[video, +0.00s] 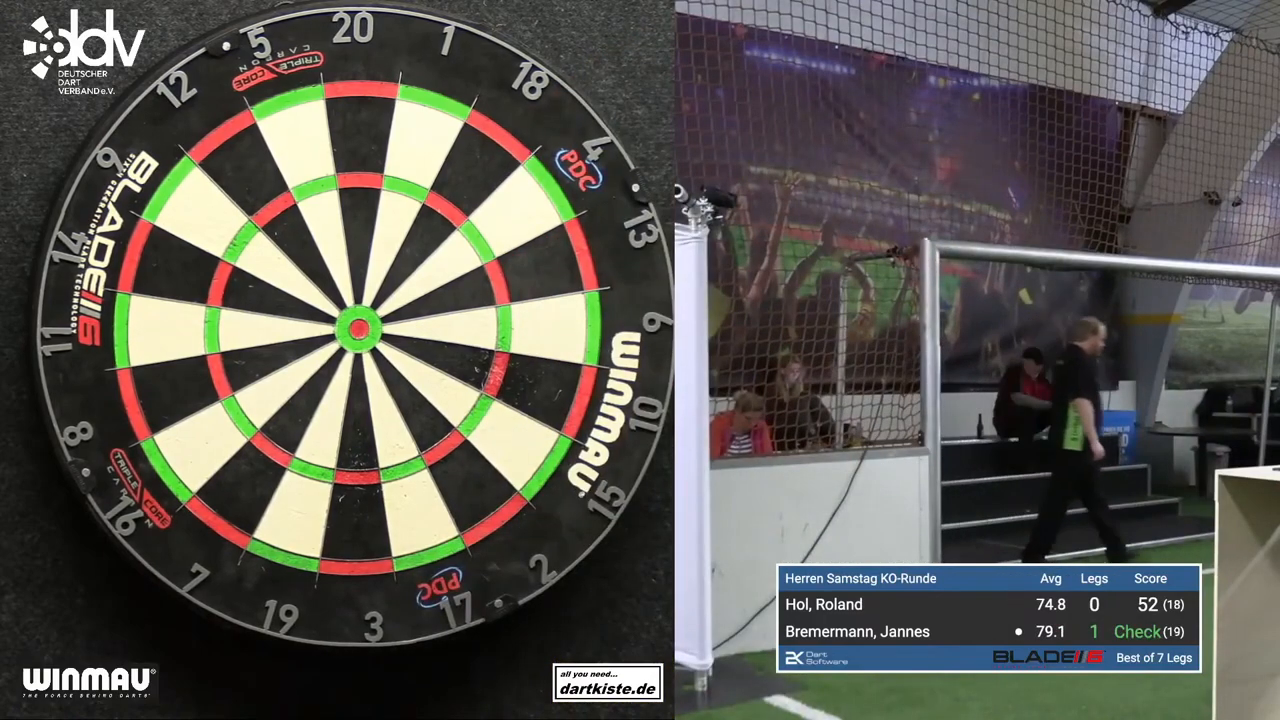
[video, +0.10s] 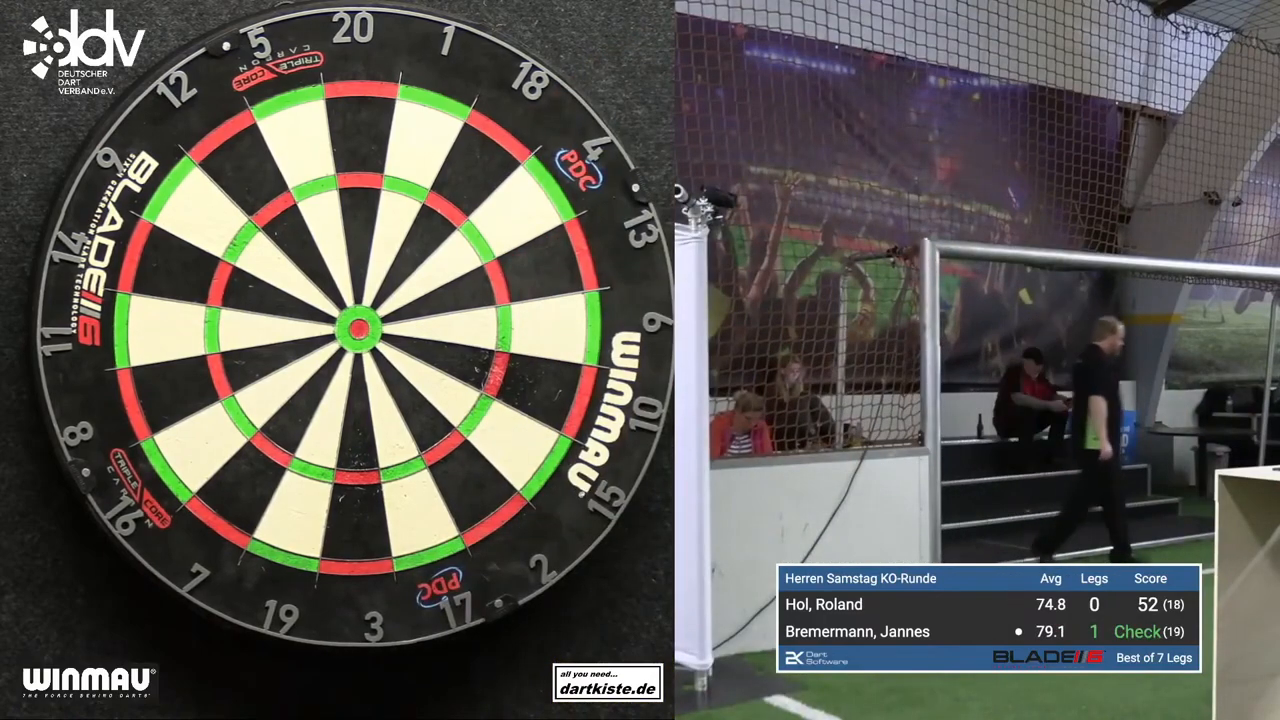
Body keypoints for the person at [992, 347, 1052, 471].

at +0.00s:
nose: (1038, 368)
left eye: (1039, 365)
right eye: (1034, 365)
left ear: (1041, 366)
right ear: (1025, 363)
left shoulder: (1044, 383)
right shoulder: (1014, 374)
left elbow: (1052, 402)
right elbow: (1016, 398)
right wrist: (1048, 405)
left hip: (1031, 422)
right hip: (1007, 422)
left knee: (1056, 412)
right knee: (1027, 414)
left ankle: (1053, 451)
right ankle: (1025, 457)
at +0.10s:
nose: (1038, 369)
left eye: (1040, 366)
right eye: (1035, 365)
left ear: (1041, 366)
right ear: (1026, 363)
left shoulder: (1040, 380)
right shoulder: (1013, 373)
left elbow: (1052, 396)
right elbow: (1017, 398)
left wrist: (1065, 402)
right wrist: (1050, 405)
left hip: (1029, 421)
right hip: (1007, 422)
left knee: (1060, 412)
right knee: (1028, 414)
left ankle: (1054, 452)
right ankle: (1025, 456)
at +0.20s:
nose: (1038, 368)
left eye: (1040, 365)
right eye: (1035, 364)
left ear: (1042, 366)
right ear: (1026, 362)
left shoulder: (1040, 380)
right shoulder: (1013, 374)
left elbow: (1051, 395)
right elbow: (1017, 398)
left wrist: (1063, 401)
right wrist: (1050, 405)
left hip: (1030, 421)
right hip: (1007, 422)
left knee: (1060, 411)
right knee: (1028, 414)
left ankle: (1054, 452)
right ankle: (1026, 456)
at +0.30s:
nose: (1038, 368)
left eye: (1040, 365)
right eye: (1035, 364)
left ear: (1042, 366)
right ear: (1026, 362)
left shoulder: (1040, 380)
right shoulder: (1013, 374)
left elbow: (1051, 395)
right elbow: (1017, 398)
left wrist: (1064, 401)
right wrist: (1049, 405)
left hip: (1030, 421)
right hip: (1007, 422)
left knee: (1060, 411)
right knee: (1027, 414)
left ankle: (1054, 453)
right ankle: (1026, 457)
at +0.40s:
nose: (1038, 368)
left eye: (1040, 365)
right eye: (1035, 365)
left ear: (1042, 366)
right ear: (1025, 362)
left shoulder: (1040, 379)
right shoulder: (1013, 374)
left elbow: (1051, 395)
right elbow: (1017, 398)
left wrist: (1064, 401)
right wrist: (1050, 405)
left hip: (1030, 421)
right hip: (1007, 422)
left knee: (1060, 411)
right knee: (1028, 414)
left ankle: (1054, 452)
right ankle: (1026, 456)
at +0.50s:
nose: (1038, 368)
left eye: (1040, 365)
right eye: (1035, 364)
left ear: (1042, 366)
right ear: (1026, 362)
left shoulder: (1040, 379)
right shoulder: (1013, 374)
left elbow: (1051, 395)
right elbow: (1017, 398)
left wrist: (1064, 401)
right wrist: (1050, 405)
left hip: (1029, 421)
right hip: (1007, 422)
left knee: (1060, 411)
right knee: (1028, 414)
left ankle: (1054, 453)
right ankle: (1025, 457)